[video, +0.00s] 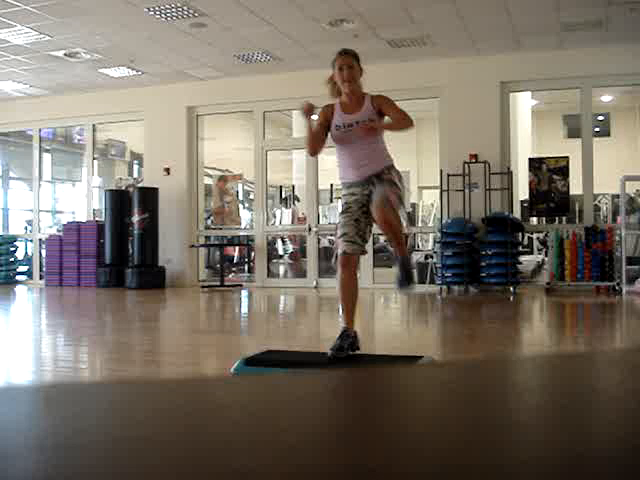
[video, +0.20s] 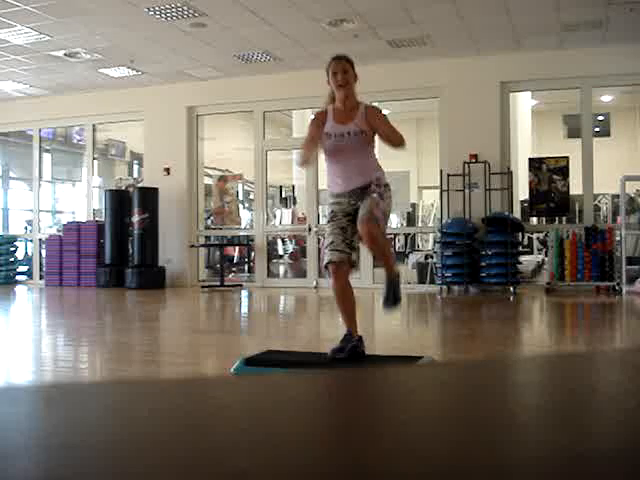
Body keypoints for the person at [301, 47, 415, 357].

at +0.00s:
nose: (346, 73)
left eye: (350, 68)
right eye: (340, 69)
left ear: (360, 72)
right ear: (333, 76)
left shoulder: (377, 102)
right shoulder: (329, 111)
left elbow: (406, 122)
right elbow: (313, 149)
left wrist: (382, 124)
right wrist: (310, 120)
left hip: (383, 177)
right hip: (352, 188)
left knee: (381, 210)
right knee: (346, 258)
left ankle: (403, 259)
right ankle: (348, 331)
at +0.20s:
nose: (341, 78)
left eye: (345, 72)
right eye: (335, 74)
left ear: (355, 77)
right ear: (328, 80)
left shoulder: (368, 113)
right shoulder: (322, 118)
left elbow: (399, 143)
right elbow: (305, 159)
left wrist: (377, 127)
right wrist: (312, 139)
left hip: (372, 189)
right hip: (340, 197)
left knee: (367, 228)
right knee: (337, 268)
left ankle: (391, 272)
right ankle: (352, 336)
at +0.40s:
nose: (340, 65)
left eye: (345, 59)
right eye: (335, 62)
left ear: (357, 65)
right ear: (331, 69)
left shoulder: (371, 95)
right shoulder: (326, 103)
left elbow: (354, 88)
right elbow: (286, 116)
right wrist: (282, 83)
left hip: (368, 181)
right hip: (334, 184)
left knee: (378, 259)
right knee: (322, 257)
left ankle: (394, 328)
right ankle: (338, 325)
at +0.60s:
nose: (336, 82)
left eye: (341, 77)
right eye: (330, 79)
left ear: (353, 82)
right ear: (324, 86)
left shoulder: (363, 114)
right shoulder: (322, 123)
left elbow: (339, 99)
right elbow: (284, 125)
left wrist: (309, 87)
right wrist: (300, 96)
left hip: (365, 203)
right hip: (332, 207)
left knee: (373, 272)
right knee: (304, 270)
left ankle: (395, 335)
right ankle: (310, 332)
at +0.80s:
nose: (316, 59)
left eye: (321, 54)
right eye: (311, 55)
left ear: (330, 60)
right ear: (304, 61)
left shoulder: (340, 90)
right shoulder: (296, 97)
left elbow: (359, 107)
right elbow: (265, 125)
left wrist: (338, 97)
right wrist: (246, 110)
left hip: (341, 172)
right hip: (308, 178)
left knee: (352, 242)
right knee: (304, 253)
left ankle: (381, 295)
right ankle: (305, 326)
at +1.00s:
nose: (302, 78)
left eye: (307, 73)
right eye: (297, 73)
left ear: (315, 78)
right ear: (289, 80)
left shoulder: (327, 117)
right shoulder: (281, 119)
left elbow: (352, 158)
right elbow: (271, 155)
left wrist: (367, 197)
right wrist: (264, 180)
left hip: (325, 191)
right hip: (294, 196)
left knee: (322, 247)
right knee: (289, 270)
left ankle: (357, 237)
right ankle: (305, 333)